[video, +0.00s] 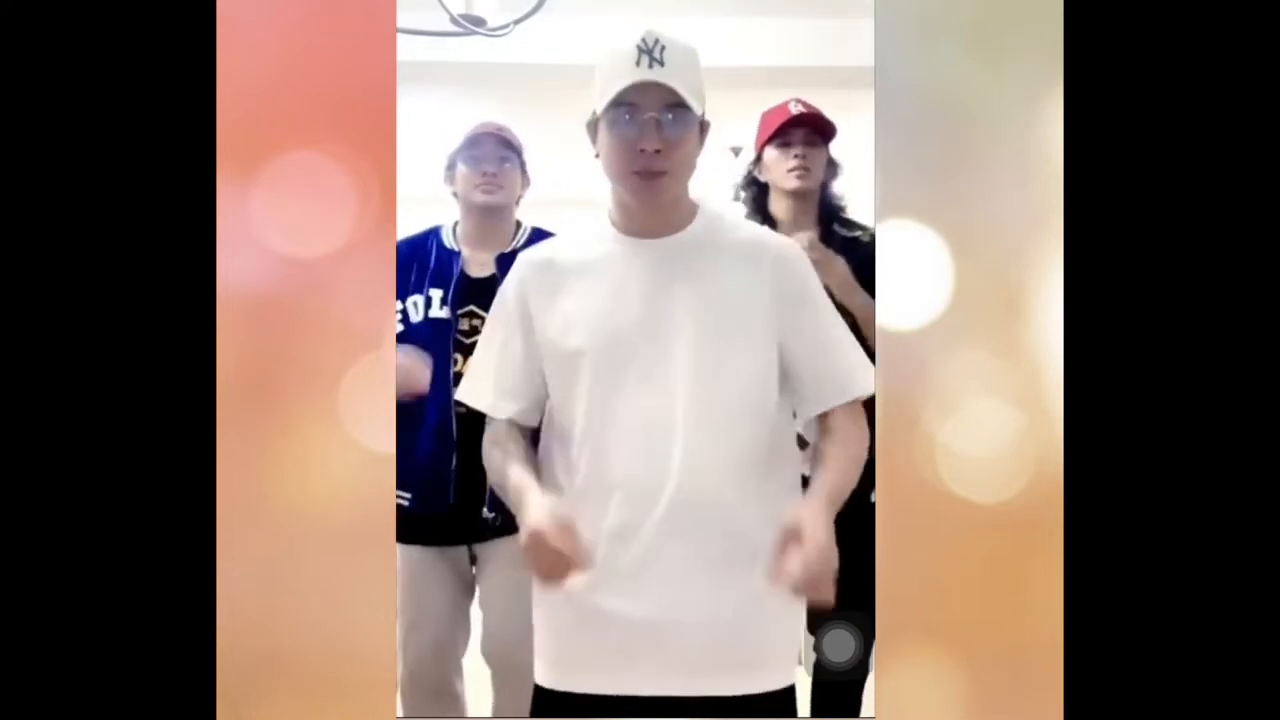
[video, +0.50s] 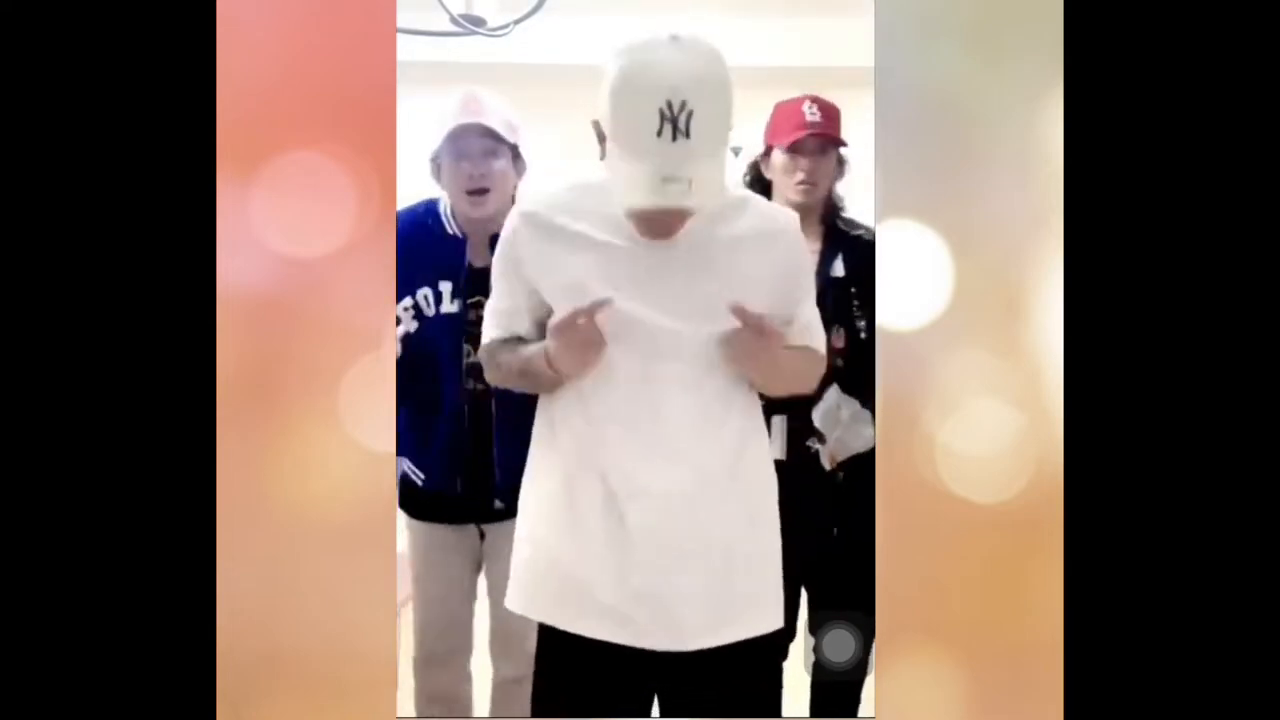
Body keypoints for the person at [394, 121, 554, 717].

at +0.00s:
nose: (490, 167)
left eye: (504, 158)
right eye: (475, 158)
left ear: (525, 181)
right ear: (451, 178)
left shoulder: (555, 261)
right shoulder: (402, 260)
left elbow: (580, 372)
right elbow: (348, 347)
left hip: (521, 504)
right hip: (424, 505)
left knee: (518, 661)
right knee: (425, 667)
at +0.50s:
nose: (477, 168)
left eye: (493, 153)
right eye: (460, 154)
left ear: (519, 168)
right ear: (437, 170)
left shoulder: (544, 241)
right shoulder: (401, 241)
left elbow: (574, 355)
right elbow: (364, 344)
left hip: (526, 483)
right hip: (435, 483)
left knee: (522, 655)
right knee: (438, 653)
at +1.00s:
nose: (462, 174)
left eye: (477, 161)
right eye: (448, 163)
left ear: (504, 178)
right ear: (429, 181)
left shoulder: (537, 265)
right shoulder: (398, 267)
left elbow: (570, 376)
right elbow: (370, 377)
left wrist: (568, 480)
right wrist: (380, 481)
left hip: (521, 502)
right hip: (428, 504)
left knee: (521, 675)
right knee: (428, 674)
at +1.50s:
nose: (513, 160)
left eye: (527, 149)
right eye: (496, 149)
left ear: (548, 171)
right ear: (471, 167)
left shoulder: (570, 257)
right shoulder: (422, 248)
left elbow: (590, 379)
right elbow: (376, 356)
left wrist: (582, 483)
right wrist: (383, 469)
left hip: (528, 503)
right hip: (428, 498)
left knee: (520, 676)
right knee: (427, 671)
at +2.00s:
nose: (478, 168)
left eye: (489, 156)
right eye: (462, 163)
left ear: (513, 170)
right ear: (444, 186)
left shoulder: (539, 252)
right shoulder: (424, 255)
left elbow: (537, 371)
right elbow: (383, 342)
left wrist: (435, 344)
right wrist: (424, 306)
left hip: (521, 490)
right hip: (434, 492)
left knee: (519, 660)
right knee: (429, 655)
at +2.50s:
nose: (522, 174)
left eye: (535, 164)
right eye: (506, 167)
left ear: (557, 186)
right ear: (487, 191)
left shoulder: (588, 269)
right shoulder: (455, 270)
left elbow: (617, 382)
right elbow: (427, 371)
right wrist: (367, 331)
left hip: (555, 505)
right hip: (467, 503)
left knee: (549, 668)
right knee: (441, 659)